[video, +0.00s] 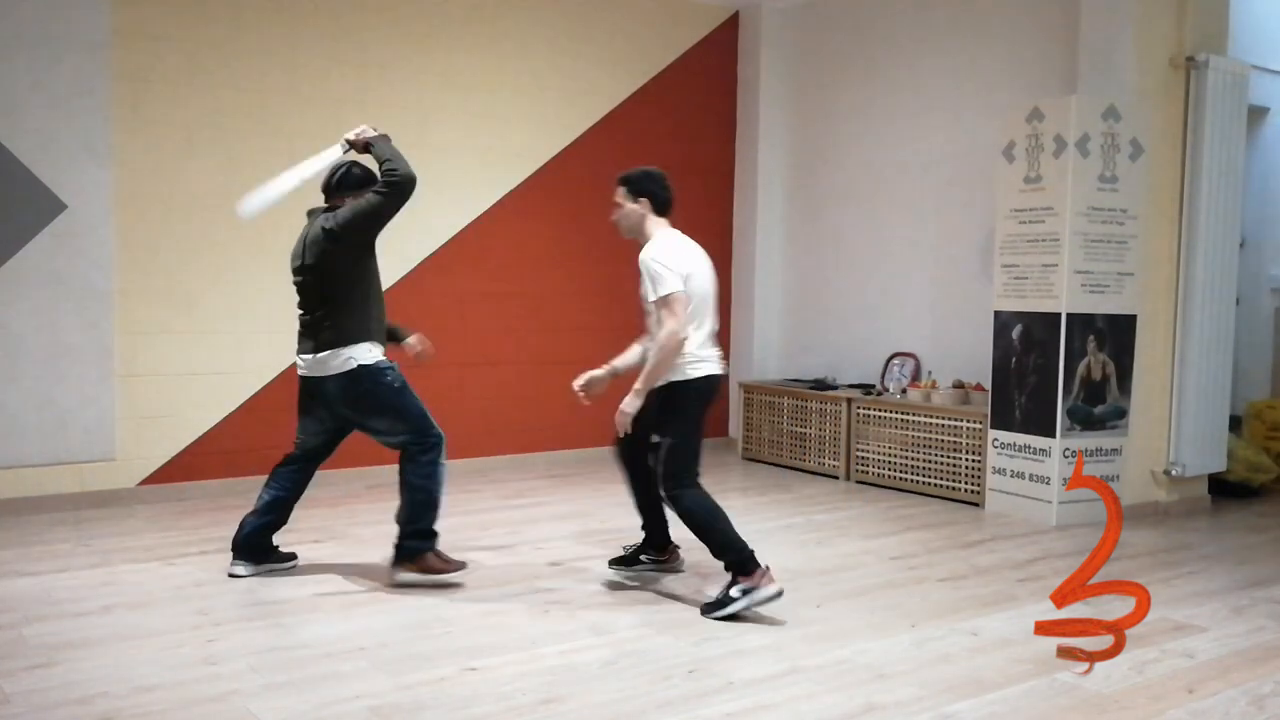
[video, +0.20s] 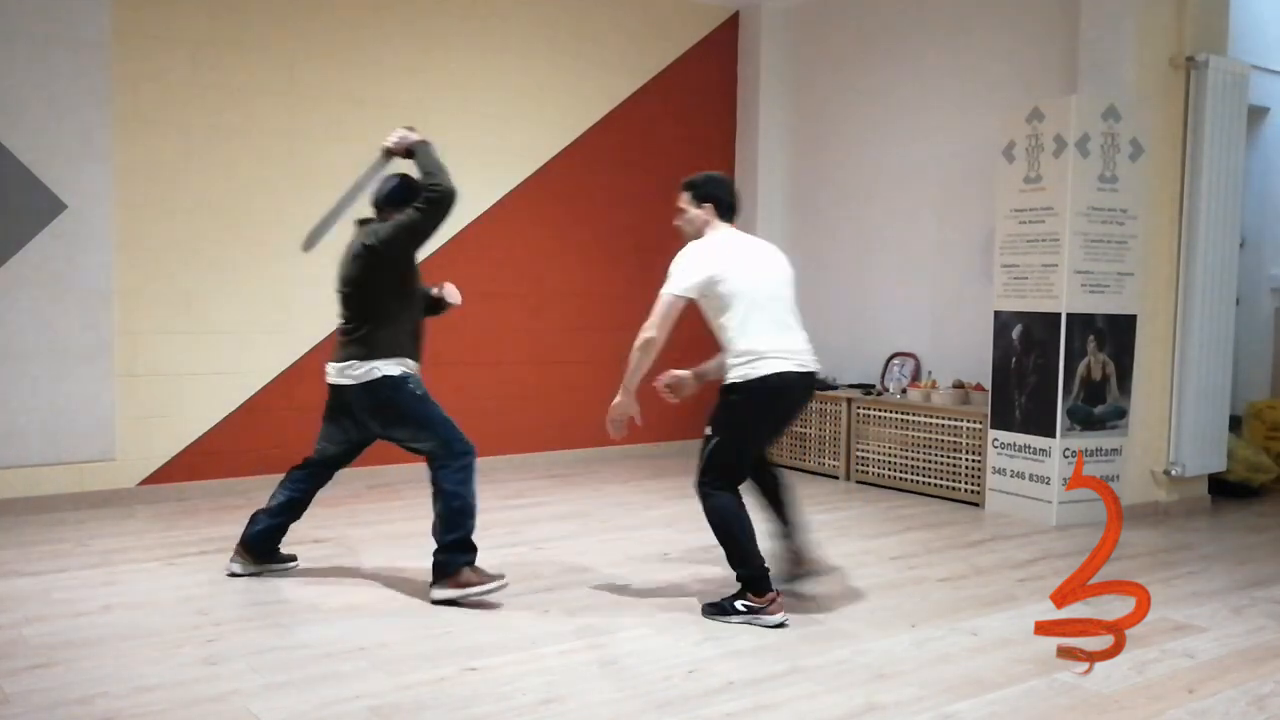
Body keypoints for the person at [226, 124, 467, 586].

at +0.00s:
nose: (371, 203)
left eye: (370, 195)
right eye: (368, 195)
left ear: (329, 194)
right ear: (353, 195)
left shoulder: (306, 240)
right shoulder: (346, 223)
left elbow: (344, 303)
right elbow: (400, 182)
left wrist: (399, 335)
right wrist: (377, 141)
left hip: (315, 371)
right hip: (356, 366)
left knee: (303, 458)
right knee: (424, 441)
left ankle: (252, 544)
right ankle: (416, 548)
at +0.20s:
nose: (422, 216)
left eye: (420, 206)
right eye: (419, 208)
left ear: (379, 205)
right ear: (407, 208)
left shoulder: (361, 246)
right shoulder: (389, 239)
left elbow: (386, 299)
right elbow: (439, 195)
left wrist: (432, 300)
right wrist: (419, 146)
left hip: (347, 383)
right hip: (385, 380)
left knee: (318, 466)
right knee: (455, 454)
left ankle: (255, 548)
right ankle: (453, 566)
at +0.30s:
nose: (462, 219)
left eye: (462, 209)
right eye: (461, 211)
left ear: (423, 205)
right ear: (452, 210)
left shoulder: (409, 247)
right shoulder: (428, 243)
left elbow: (467, 310)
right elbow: (480, 204)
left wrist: (473, 300)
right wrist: (471, 149)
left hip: (382, 381)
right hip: (414, 381)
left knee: (349, 464)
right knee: (477, 461)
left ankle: (279, 531)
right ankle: (457, 577)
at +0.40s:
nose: (512, 212)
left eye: (512, 204)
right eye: (508, 204)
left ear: (469, 203)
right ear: (488, 205)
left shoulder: (450, 242)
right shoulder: (466, 237)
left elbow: (459, 317)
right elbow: (531, 216)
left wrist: (501, 314)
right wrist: (553, 154)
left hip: (418, 373)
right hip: (446, 376)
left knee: (436, 456)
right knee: (496, 468)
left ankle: (351, 523)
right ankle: (459, 577)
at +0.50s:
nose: (559, 209)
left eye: (557, 200)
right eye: (551, 201)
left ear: (519, 198)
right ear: (527, 202)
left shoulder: (498, 230)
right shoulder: (502, 233)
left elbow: (491, 304)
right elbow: (580, 231)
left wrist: (537, 314)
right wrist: (632, 172)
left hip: (478, 370)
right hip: (473, 374)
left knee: (518, 451)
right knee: (509, 475)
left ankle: (469, 548)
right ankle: (458, 577)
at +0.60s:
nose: (599, 206)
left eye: (599, 196)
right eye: (591, 196)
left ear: (560, 196)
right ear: (564, 196)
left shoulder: (536, 230)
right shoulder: (544, 231)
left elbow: (527, 298)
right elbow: (622, 245)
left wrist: (573, 315)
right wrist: (700, 203)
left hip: (536, 377)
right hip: (510, 377)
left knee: (579, 448)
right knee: (517, 481)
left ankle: (592, 556)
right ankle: (458, 573)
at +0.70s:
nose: (638, 203)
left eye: (637, 194)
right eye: (630, 194)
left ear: (599, 198)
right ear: (602, 196)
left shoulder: (575, 232)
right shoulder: (590, 236)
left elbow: (568, 300)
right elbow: (671, 257)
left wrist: (612, 316)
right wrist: (752, 237)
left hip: (586, 385)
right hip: (562, 385)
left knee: (632, 467)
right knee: (542, 479)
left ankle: (670, 557)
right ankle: (466, 562)